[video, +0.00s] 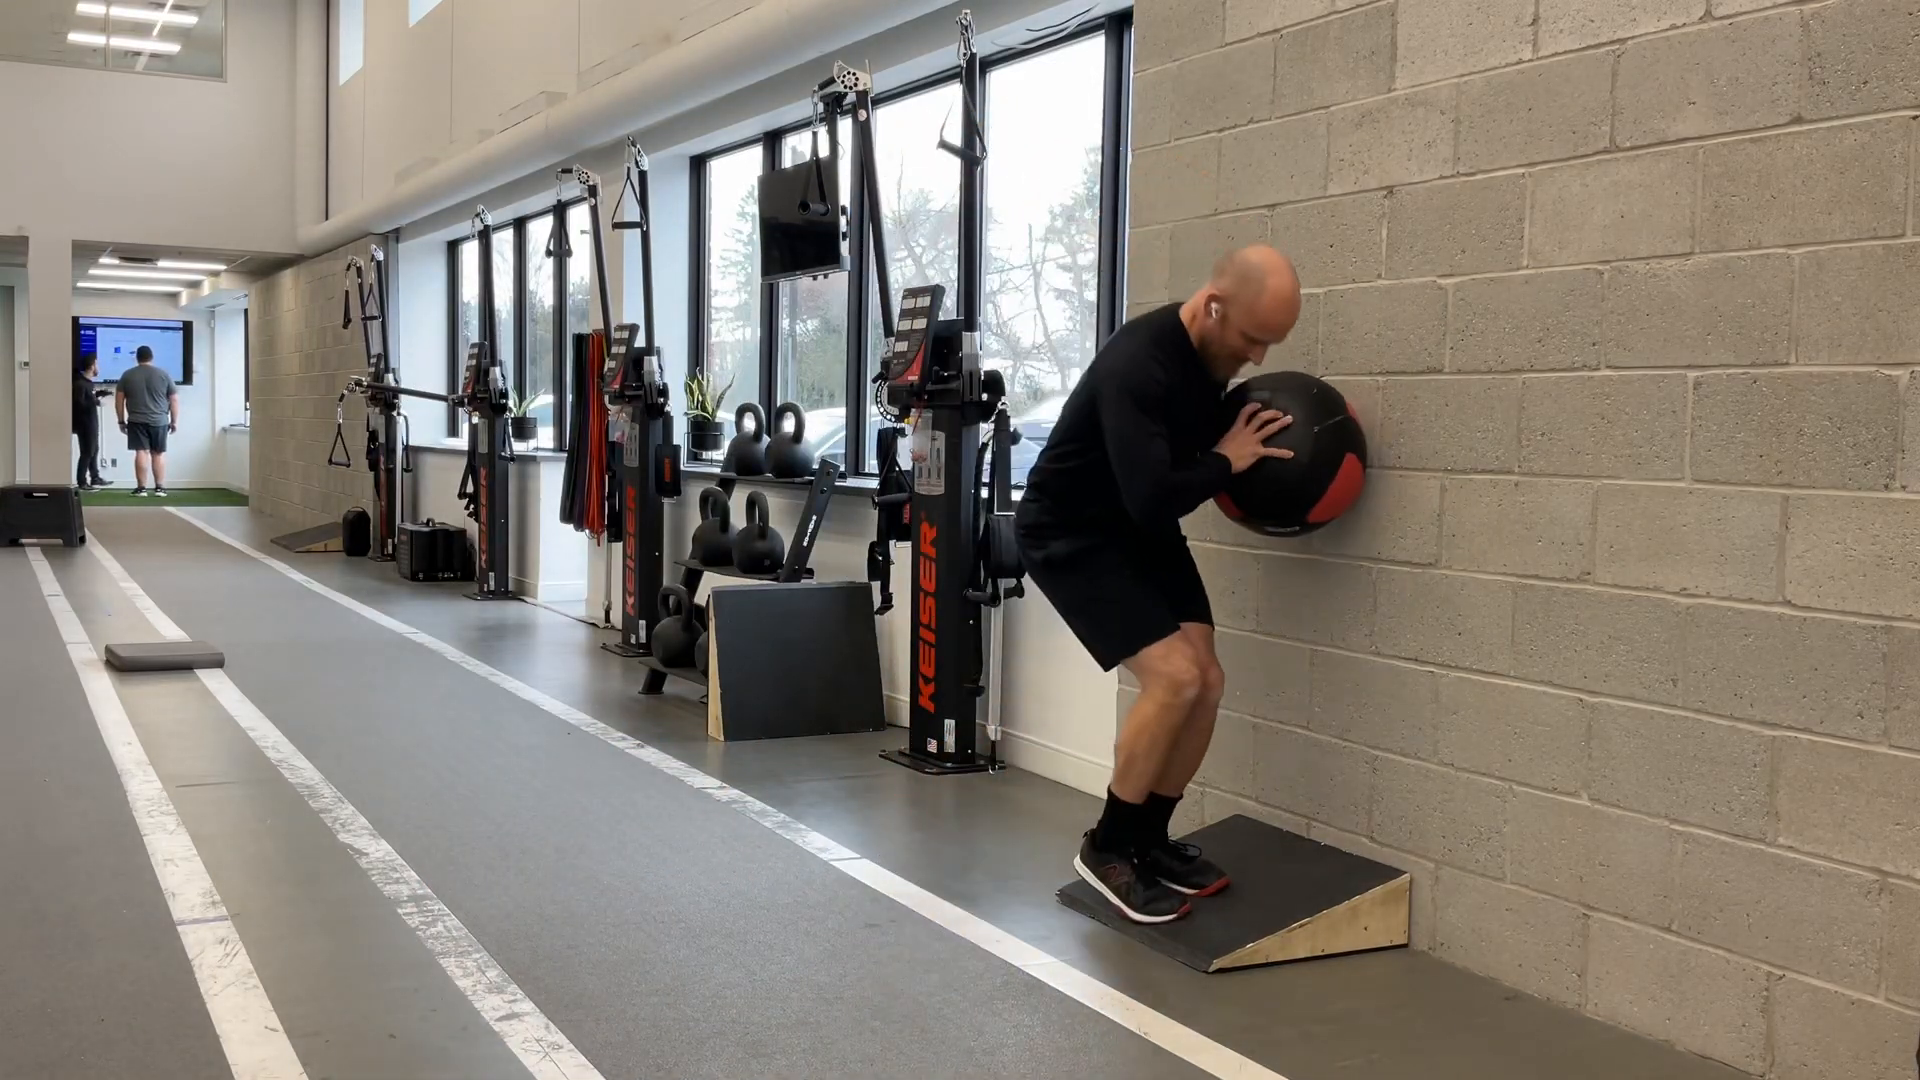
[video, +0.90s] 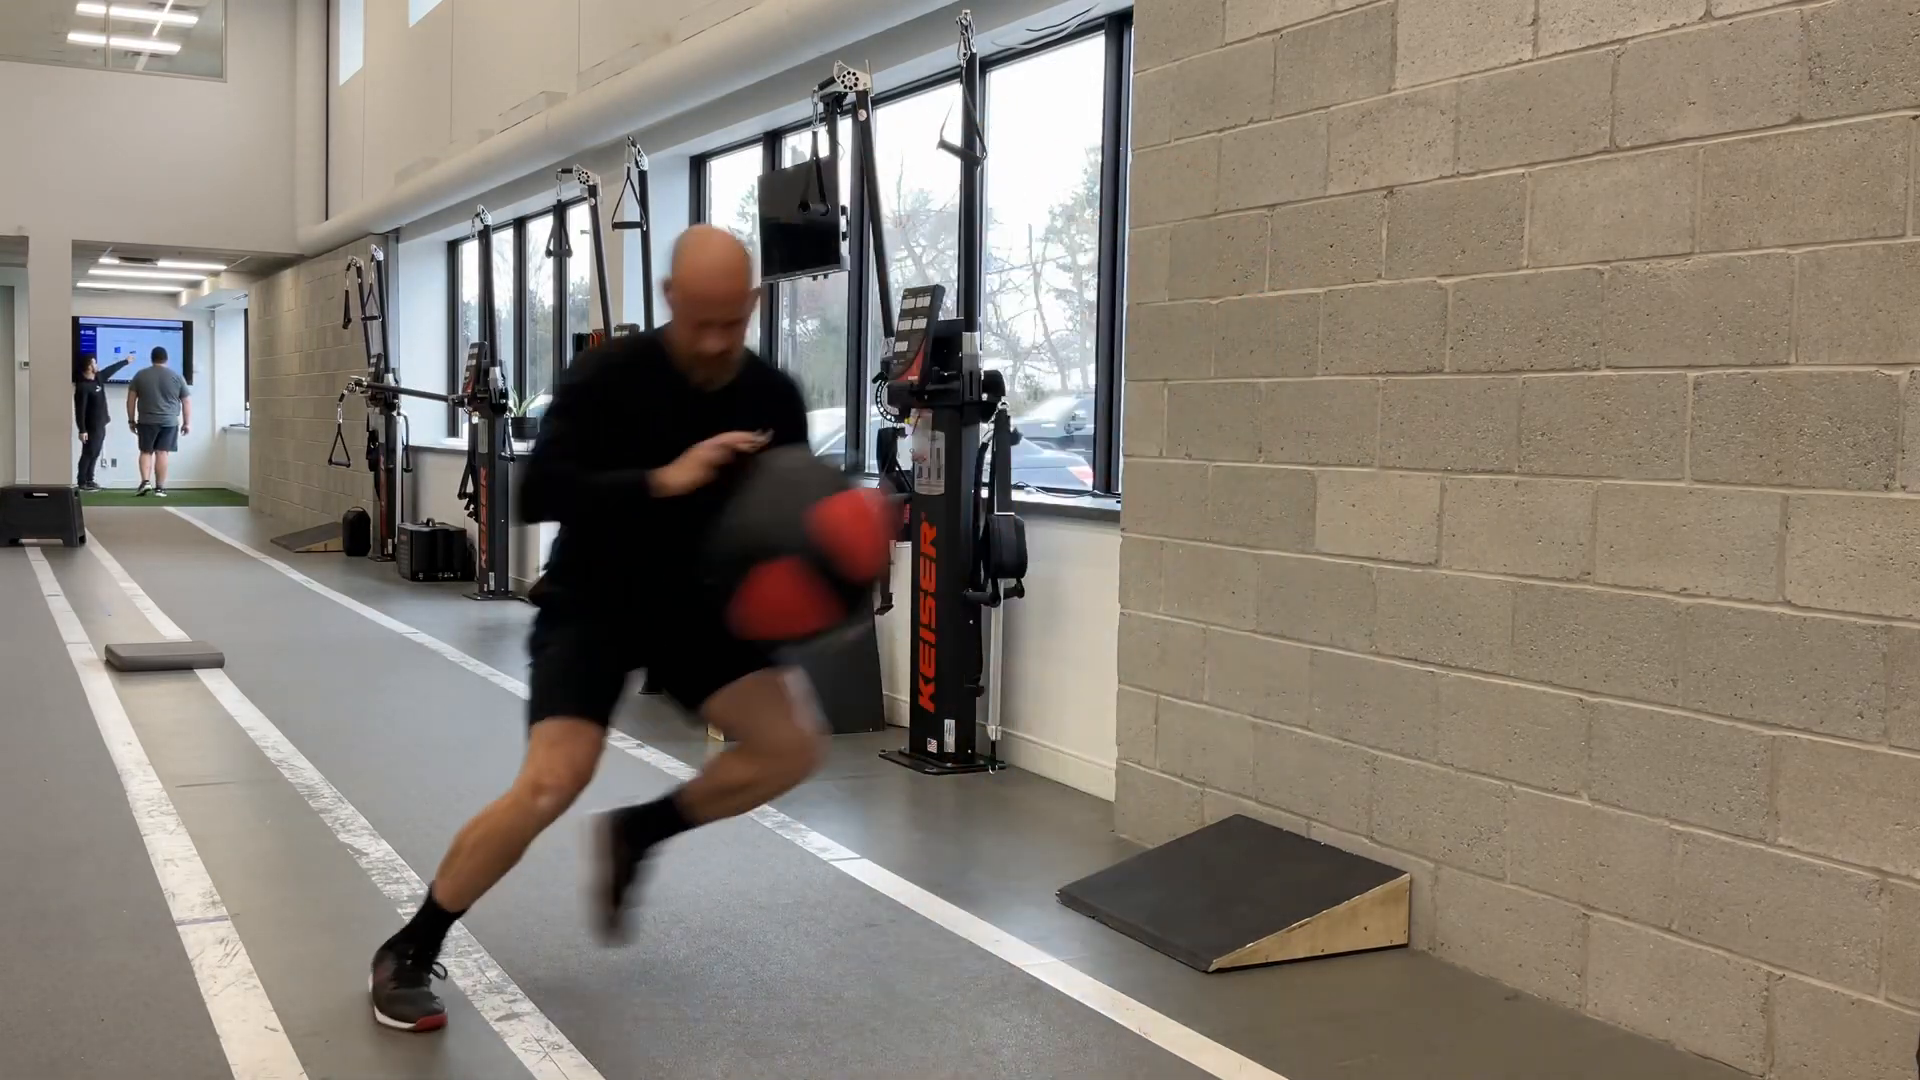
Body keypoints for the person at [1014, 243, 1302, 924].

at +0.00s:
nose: (1257, 357)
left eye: (1269, 345)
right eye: (1251, 340)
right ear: (1210, 305)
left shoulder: (1208, 359)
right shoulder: (1139, 361)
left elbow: (1188, 447)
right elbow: (1149, 497)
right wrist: (1223, 460)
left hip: (1141, 524)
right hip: (1071, 527)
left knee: (1207, 680)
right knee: (1178, 676)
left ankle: (1149, 837)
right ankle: (1108, 845)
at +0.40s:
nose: (1233, 404)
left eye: (1245, 392)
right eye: (1225, 386)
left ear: (1261, 373)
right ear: (1185, 353)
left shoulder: (1194, 395)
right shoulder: (1136, 403)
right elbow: (1187, 537)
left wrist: (1293, 455)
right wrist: (1224, 467)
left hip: (1093, 556)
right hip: (1012, 554)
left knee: (1197, 692)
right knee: (1069, 714)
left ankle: (1146, 845)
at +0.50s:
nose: (1179, 364)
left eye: (1188, 350)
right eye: (1169, 347)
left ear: (1192, 334)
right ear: (1125, 324)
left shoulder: (1125, 373)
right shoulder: (1092, 394)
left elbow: (1169, 421)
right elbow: (1169, 509)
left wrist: (1251, 439)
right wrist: (1215, 455)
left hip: (1056, 562)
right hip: (969, 563)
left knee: (1171, 695)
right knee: (943, 723)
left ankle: (1144, 848)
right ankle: (837, 873)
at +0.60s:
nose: (1062, 293)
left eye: (1074, 278)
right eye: (1047, 275)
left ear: (1084, 272)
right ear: (1013, 261)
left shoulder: (1052, 344)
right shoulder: (990, 337)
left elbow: (1102, 413)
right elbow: (1083, 445)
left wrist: (1170, 446)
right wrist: (1162, 442)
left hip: (982, 542)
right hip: (891, 536)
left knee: (1090, 695)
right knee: (811, 690)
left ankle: (1138, 846)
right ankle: (690, 868)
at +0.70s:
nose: (946, 258)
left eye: (961, 244)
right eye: (931, 239)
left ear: (977, 235)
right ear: (898, 220)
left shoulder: (952, 304)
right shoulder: (863, 286)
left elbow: (984, 395)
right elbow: (914, 389)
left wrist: (1049, 427)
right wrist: (1013, 429)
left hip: (889, 524)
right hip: (799, 519)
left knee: (1005, 678)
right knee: (694, 692)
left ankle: (1051, 837)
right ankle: (532, 879)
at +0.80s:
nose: (829, 281)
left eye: (842, 262)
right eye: (811, 262)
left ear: (857, 248)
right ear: (769, 243)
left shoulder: (857, 338)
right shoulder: (729, 313)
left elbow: (881, 449)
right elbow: (725, 444)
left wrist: (963, 473)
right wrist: (838, 454)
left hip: (784, 556)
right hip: (692, 557)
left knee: (927, 685)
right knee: (602, 742)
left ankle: (832, 821)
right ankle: (442, 933)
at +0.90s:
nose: (720, 340)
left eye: (734, 321)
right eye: (703, 323)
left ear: (753, 305)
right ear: (668, 304)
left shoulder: (771, 398)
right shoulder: (608, 378)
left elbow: (789, 524)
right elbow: (535, 492)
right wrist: (659, 480)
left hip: (696, 608)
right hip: (591, 603)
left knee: (788, 750)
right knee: (553, 781)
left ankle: (636, 831)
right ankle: (412, 951)